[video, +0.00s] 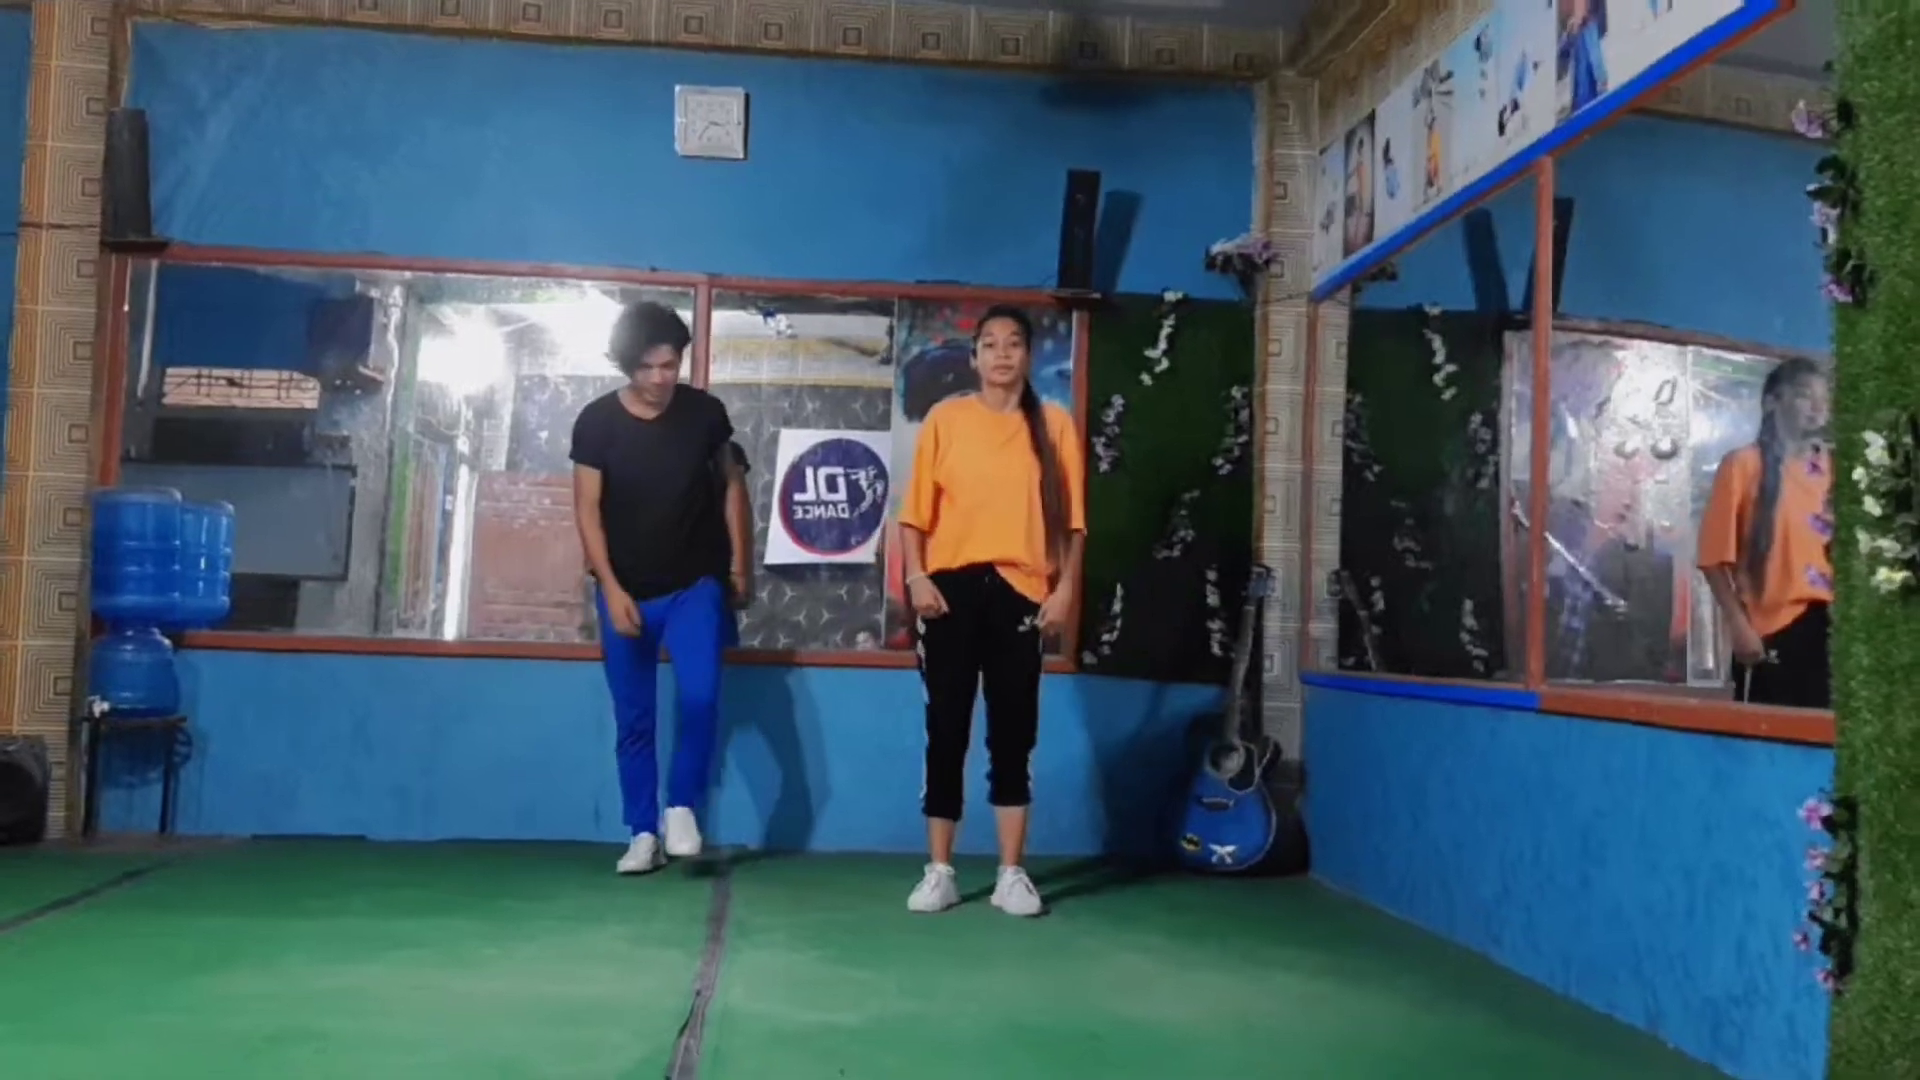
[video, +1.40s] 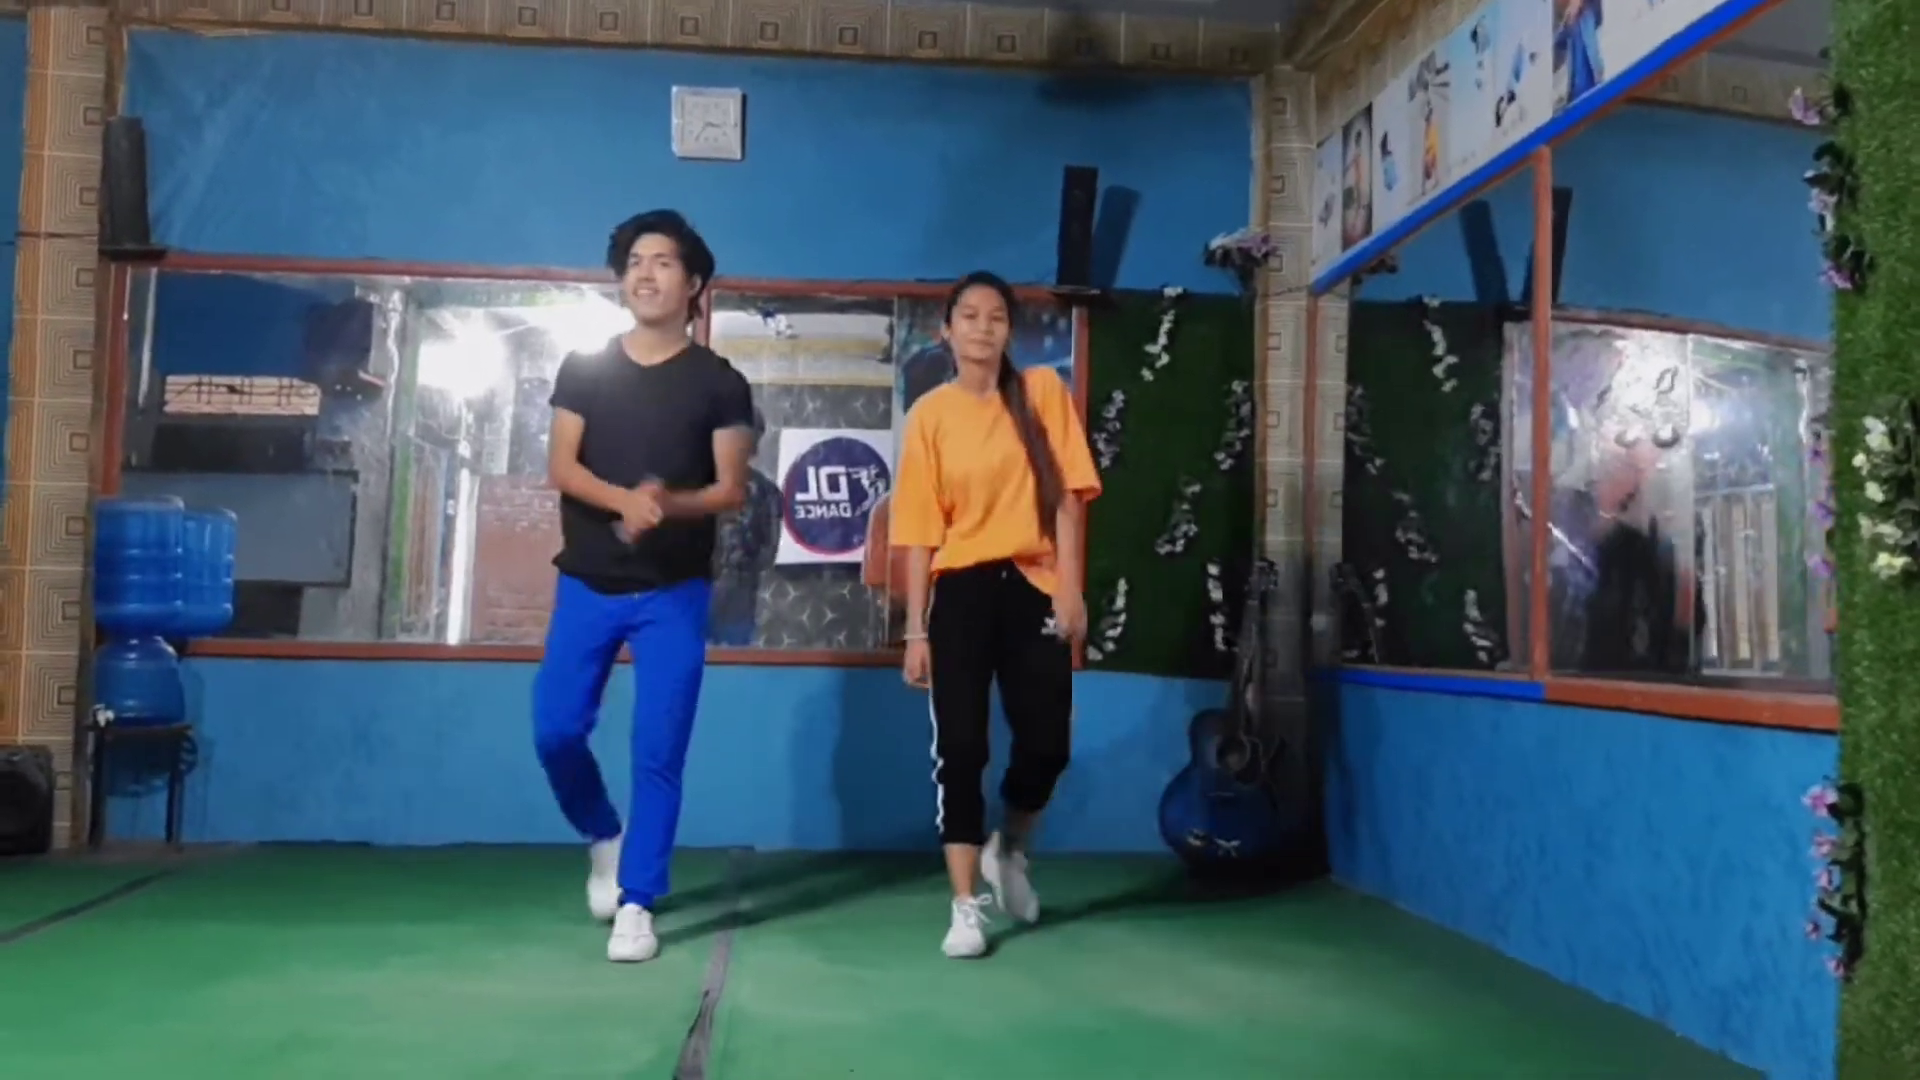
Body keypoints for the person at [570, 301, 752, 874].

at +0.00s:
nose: (663, 376)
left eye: (671, 364)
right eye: (651, 366)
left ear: (681, 360)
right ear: (627, 365)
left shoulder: (704, 412)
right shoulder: (597, 421)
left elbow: (732, 486)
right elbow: (588, 510)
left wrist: (739, 565)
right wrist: (609, 587)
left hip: (696, 584)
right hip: (624, 588)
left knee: (700, 699)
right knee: (634, 717)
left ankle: (682, 809)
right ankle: (643, 831)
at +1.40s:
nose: (647, 276)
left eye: (664, 264)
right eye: (636, 264)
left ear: (695, 284)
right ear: (621, 281)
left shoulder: (720, 382)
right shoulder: (585, 368)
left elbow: (732, 490)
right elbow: (564, 469)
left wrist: (667, 503)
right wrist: (622, 500)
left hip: (672, 594)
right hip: (586, 589)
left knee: (658, 753)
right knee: (555, 734)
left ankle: (638, 905)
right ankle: (605, 836)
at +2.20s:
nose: (618, 272)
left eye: (630, 259)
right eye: (601, 259)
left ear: (644, 273)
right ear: (573, 274)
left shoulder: (672, 358)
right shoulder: (539, 362)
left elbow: (768, 410)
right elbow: (459, 428)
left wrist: (682, 425)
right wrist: (557, 438)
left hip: (654, 585)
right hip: (563, 587)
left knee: (658, 729)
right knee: (570, 746)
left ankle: (627, 892)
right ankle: (574, 898)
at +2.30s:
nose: (626, 269)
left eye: (640, 257)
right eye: (611, 256)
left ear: (656, 272)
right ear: (583, 271)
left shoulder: (683, 359)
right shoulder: (546, 356)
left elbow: (770, 421)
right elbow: (457, 423)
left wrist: (838, 386)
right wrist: (423, 380)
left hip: (657, 587)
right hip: (567, 585)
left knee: (639, 748)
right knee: (572, 748)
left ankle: (620, 904)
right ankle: (578, 895)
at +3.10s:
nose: (624, 265)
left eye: (638, 251)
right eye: (609, 252)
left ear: (662, 265)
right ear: (588, 269)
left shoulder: (699, 345)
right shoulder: (563, 355)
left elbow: (793, 401)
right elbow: (472, 404)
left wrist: (784, 336)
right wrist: (419, 335)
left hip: (665, 575)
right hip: (579, 565)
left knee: (655, 727)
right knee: (496, 685)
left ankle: (673, 865)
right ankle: (538, 844)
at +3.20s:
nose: (614, 261)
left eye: (628, 246)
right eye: (597, 248)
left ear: (652, 260)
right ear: (578, 263)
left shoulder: (691, 341)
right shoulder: (550, 350)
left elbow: (778, 402)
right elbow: (466, 400)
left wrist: (724, 427)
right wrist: (449, 417)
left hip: (656, 558)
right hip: (570, 556)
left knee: (628, 690)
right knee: (521, 709)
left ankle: (618, 840)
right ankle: (537, 884)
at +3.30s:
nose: (604, 271)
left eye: (618, 256)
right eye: (588, 258)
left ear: (642, 271)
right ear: (569, 275)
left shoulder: (682, 362)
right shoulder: (549, 368)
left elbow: (736, 464)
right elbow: (505, 470)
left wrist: (700, 535)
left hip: (628, 587)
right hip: (549, 583)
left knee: (586, 736)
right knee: (528, 740)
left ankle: (598, 892)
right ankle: (553, 898)